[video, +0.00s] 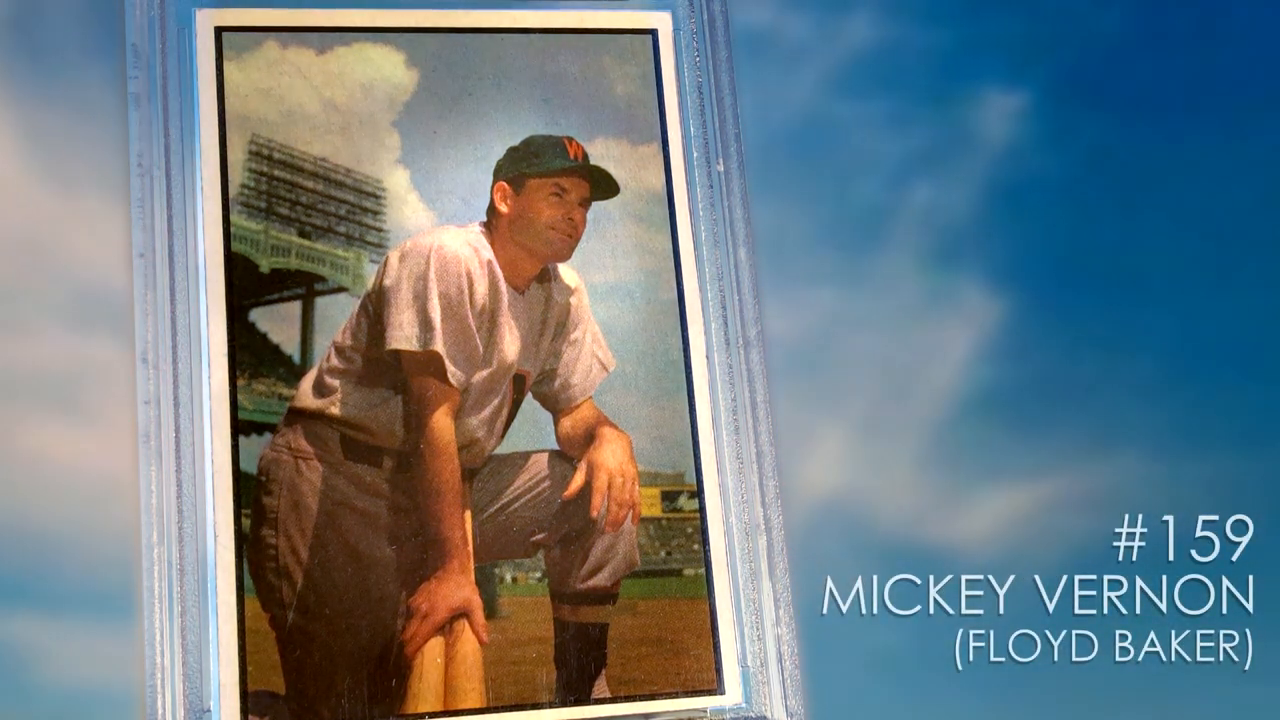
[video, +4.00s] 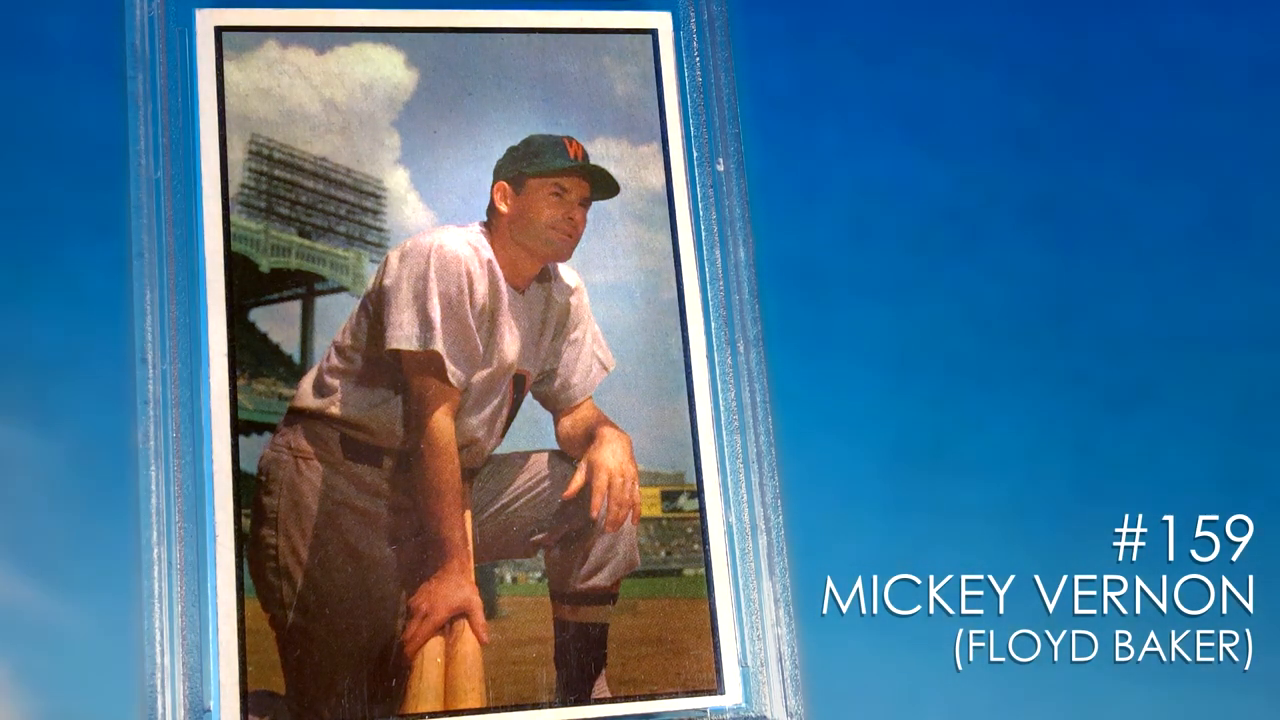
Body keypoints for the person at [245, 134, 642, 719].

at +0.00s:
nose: (576, 216)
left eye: (584, 203)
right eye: (558, 194)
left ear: (587, 217)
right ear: (505, 197)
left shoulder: (560, 296)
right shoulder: (443, 256)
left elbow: (575, 416)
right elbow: (432, 420)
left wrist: (609, 434)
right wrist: (454, 566)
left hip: (439, 487)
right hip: (334, 480)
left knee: (593, 488)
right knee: (349, 703)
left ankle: (580, 698)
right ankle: (243, 707)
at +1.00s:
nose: (577, 216)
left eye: (584, 204)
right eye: (558, 194)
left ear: (586, 218)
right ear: (505, 197)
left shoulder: (559, 295)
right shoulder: (443, 257)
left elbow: (574, 415)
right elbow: (432, 420)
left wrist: (609, 435)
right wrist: (454, 566)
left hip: (439, 486)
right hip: (335, 478)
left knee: (594, 487)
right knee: (347, 701)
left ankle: (581, 695)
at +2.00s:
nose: (577, 215)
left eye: (584, 203)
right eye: (559, 193)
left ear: (586, 217)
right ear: (505, 197)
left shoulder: (559, 295)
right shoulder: (442, 257)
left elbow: (575, 416)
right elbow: (431, 421)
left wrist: (609, 435)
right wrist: (454, 566)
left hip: (440, 487)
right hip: (335, 480)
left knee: (595, 488)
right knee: (347, 704)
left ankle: (580, 696)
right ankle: (236, 706)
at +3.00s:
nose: (576, 216)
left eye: (584, 204)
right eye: (558, 194)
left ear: (587, 217)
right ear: (505, 197)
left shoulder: (560, 296)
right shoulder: (443, 257)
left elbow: (575, 416)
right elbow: (431, 420)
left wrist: (609, 435)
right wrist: (454, 565)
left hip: (440, 487)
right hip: (334, 479)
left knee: (595, 487)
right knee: (351, 700)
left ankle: (580, 695)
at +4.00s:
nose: (576, 215)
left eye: (584, 203)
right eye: (558, 193)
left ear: (587, 217)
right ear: (504, 197)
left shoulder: (560, 296)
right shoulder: (441, 256)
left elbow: (575, 415)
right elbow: (432, 420)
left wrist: (609, 435)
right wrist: (454, 566)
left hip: (439, 486)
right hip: (334, 479)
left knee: (595, 488)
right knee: (348, 702)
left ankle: (581, 694)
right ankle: (237, 706)